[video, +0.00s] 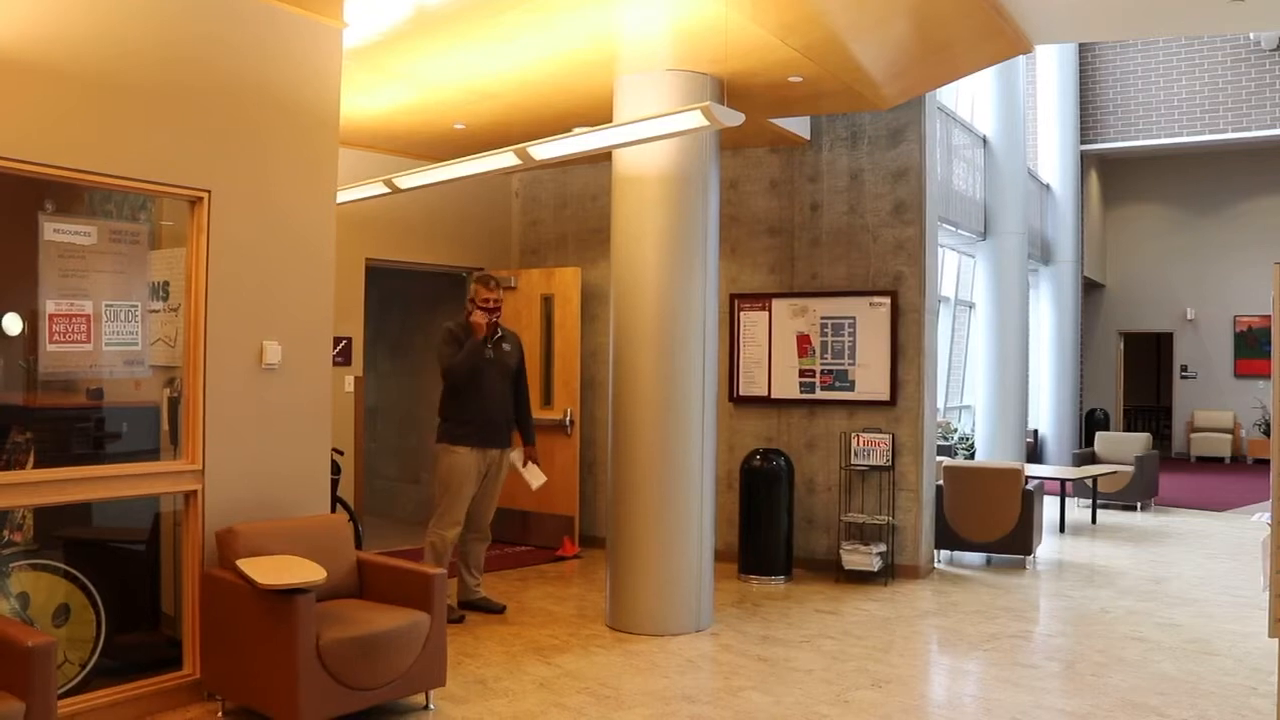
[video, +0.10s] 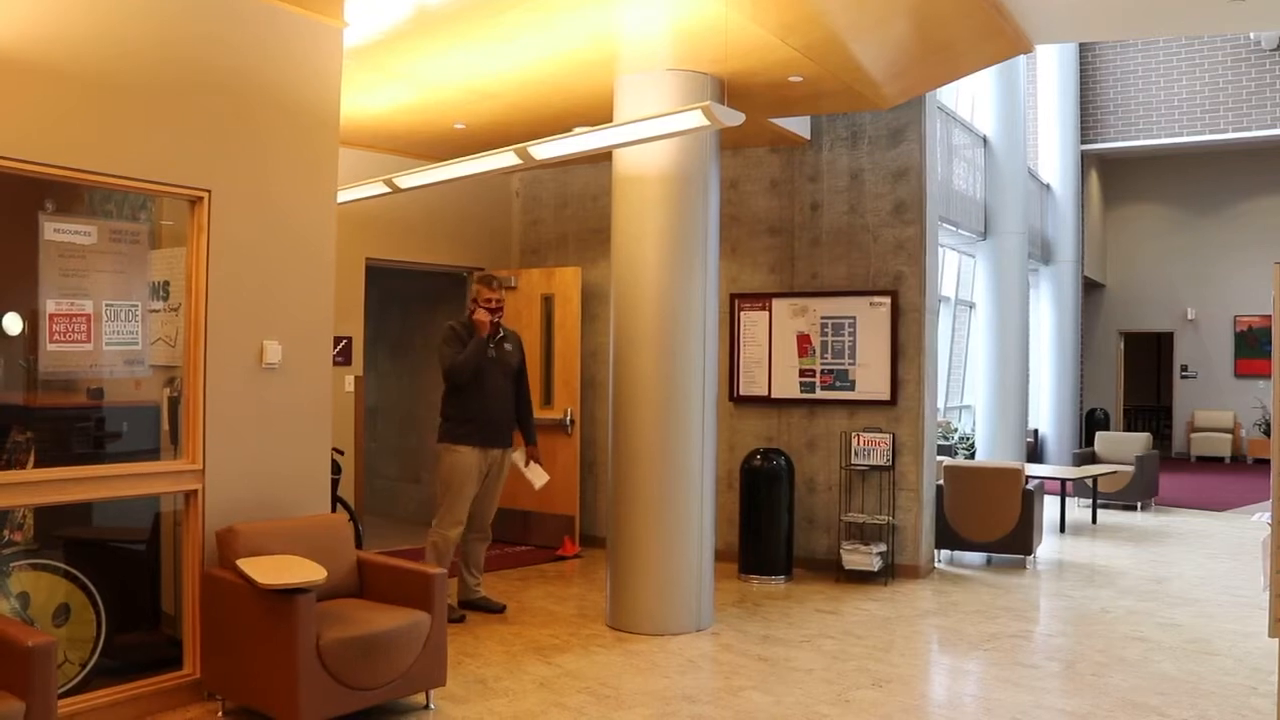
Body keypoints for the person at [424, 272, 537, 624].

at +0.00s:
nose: (492, 308)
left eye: (496, 303)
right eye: (486, 302)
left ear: (503, 303)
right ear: (471, 302)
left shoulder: (511, 340)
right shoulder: (454, 333)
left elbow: (520, 395)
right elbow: (452, 376)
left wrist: (529, 442)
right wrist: (477, 337)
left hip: (498, 446)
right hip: (459, 444)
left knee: (479, 528)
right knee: (446, 526)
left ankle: (471, 593)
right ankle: (435, 600)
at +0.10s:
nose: (494, 308)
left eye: (499, 303)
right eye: (488, 302)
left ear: (504, 304)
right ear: (474, 303)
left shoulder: (511, 340)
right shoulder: (456, 333)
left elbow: (521, 395)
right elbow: (455, 376)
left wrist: (530, 442)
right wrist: (480, 335)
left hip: (499, 446)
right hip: (461, 444)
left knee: (480, 527)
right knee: (449, 526)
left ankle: (471, 592)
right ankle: (437, 599)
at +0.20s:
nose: (496, 308)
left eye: (501, 303)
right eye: (490, 303)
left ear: (506, 303)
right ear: (475, 303)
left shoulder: (513, 341)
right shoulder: (458, 333)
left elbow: (522, 396)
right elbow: (457, 376)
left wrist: (531, 444)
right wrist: (483, 335)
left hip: (500, 445)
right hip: (463, 443)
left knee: (481, 526)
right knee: (453, 524)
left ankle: (471, 592)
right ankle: (438, 598)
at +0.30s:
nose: (496, 308)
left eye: (501, 303)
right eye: (490, 302)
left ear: (507, 304)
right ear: (477, 302)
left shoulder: (513, 340)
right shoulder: (458, 333)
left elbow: (523, 396)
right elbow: (458, 377)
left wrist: (531, 444)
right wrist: (484, 336)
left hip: (500, 443)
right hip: (466, 441)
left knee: (482, 525)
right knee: (459, 523)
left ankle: (471, 591)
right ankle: (442, 597)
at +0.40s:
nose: (497, 307)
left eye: (502, 302)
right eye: (491, 301)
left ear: (508, 303)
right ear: (478, 299)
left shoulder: (515, 341)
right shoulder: (459, 332)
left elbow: (523, 398)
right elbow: (458, 377)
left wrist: (530, 444)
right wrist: (485, 337)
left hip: (501, 442)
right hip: (467, 440)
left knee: (484, 523)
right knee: (464, 521)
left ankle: (472, 590)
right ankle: (448, 598)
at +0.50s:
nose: (494, 308)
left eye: (500, 303)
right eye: (489, 302)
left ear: (508, 303)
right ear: (477, 299)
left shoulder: (515, 341)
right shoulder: (460, 332)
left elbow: (524, 397)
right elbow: (460, 377)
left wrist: (530, 445)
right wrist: (486, 337)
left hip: (502, 441)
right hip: (468, 440)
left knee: (485, 522)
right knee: (468, 521)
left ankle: (474, 590)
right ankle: (457, 600)